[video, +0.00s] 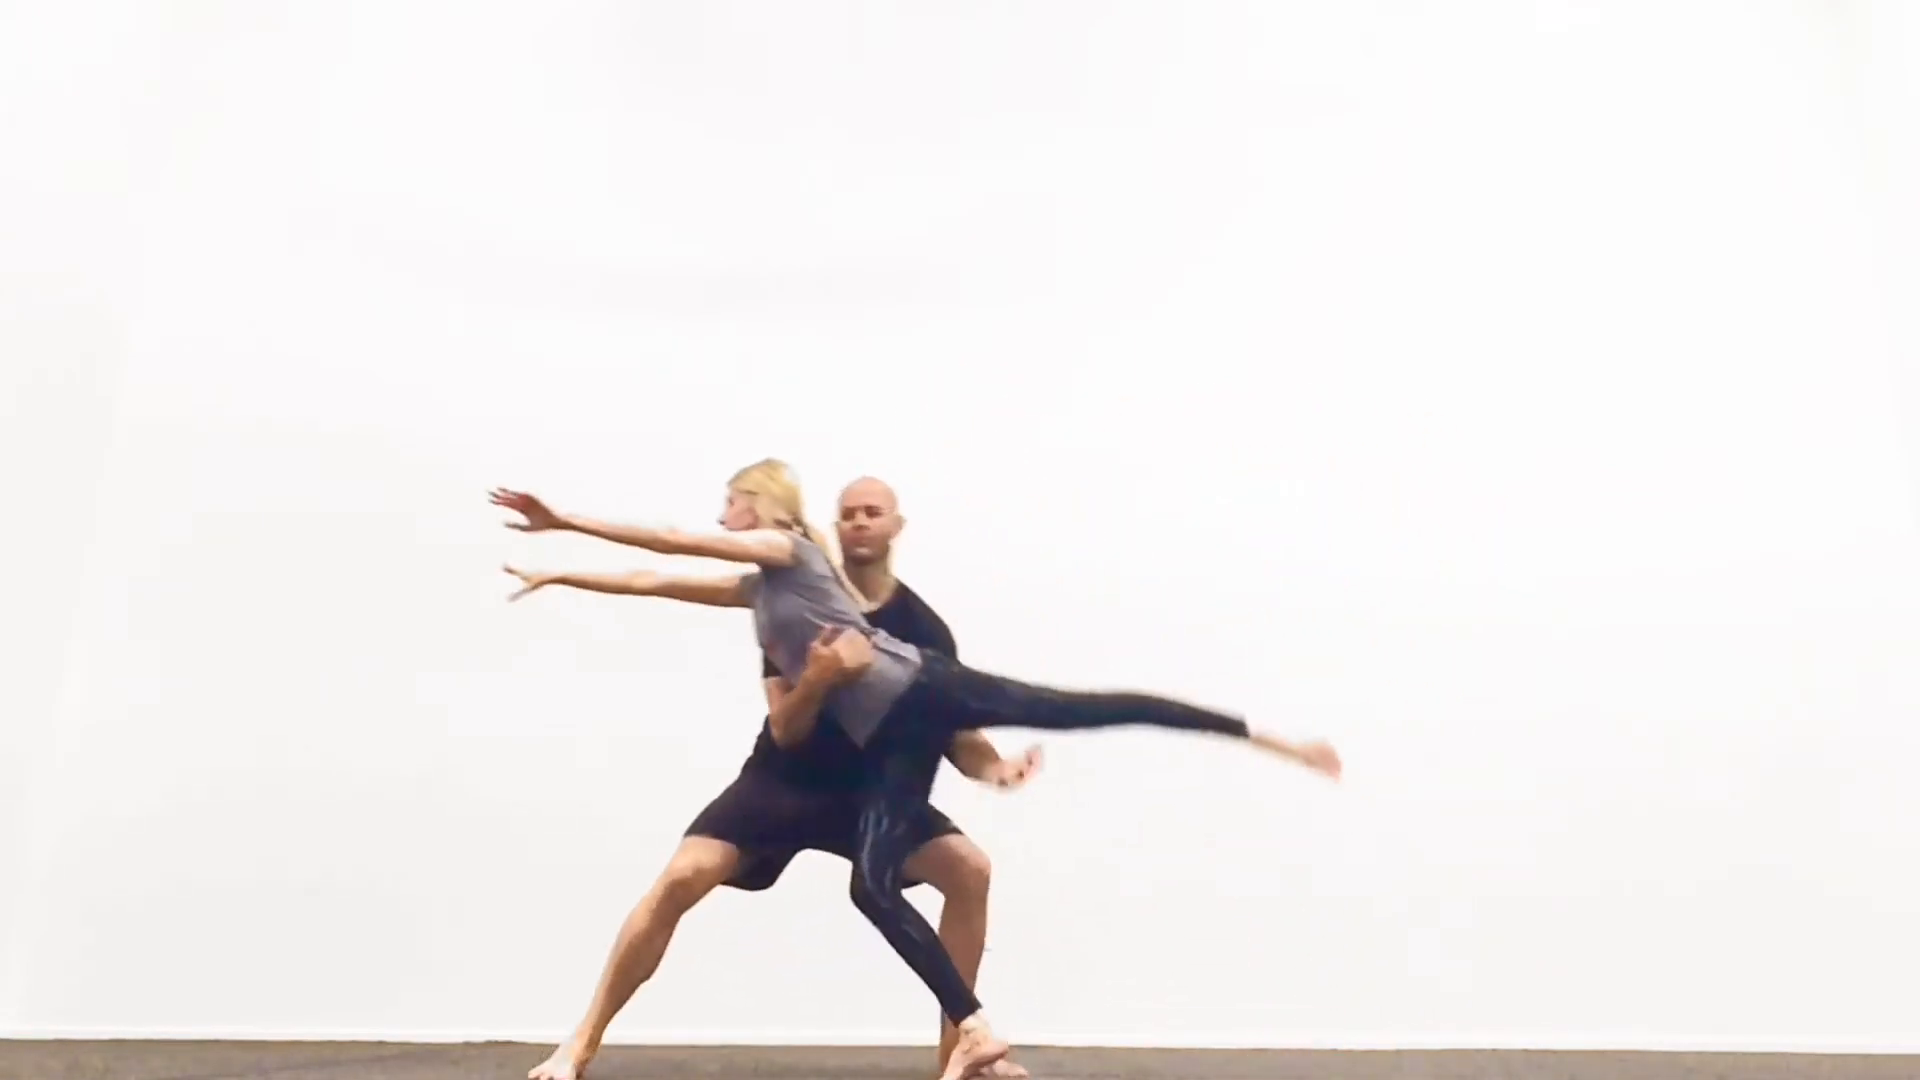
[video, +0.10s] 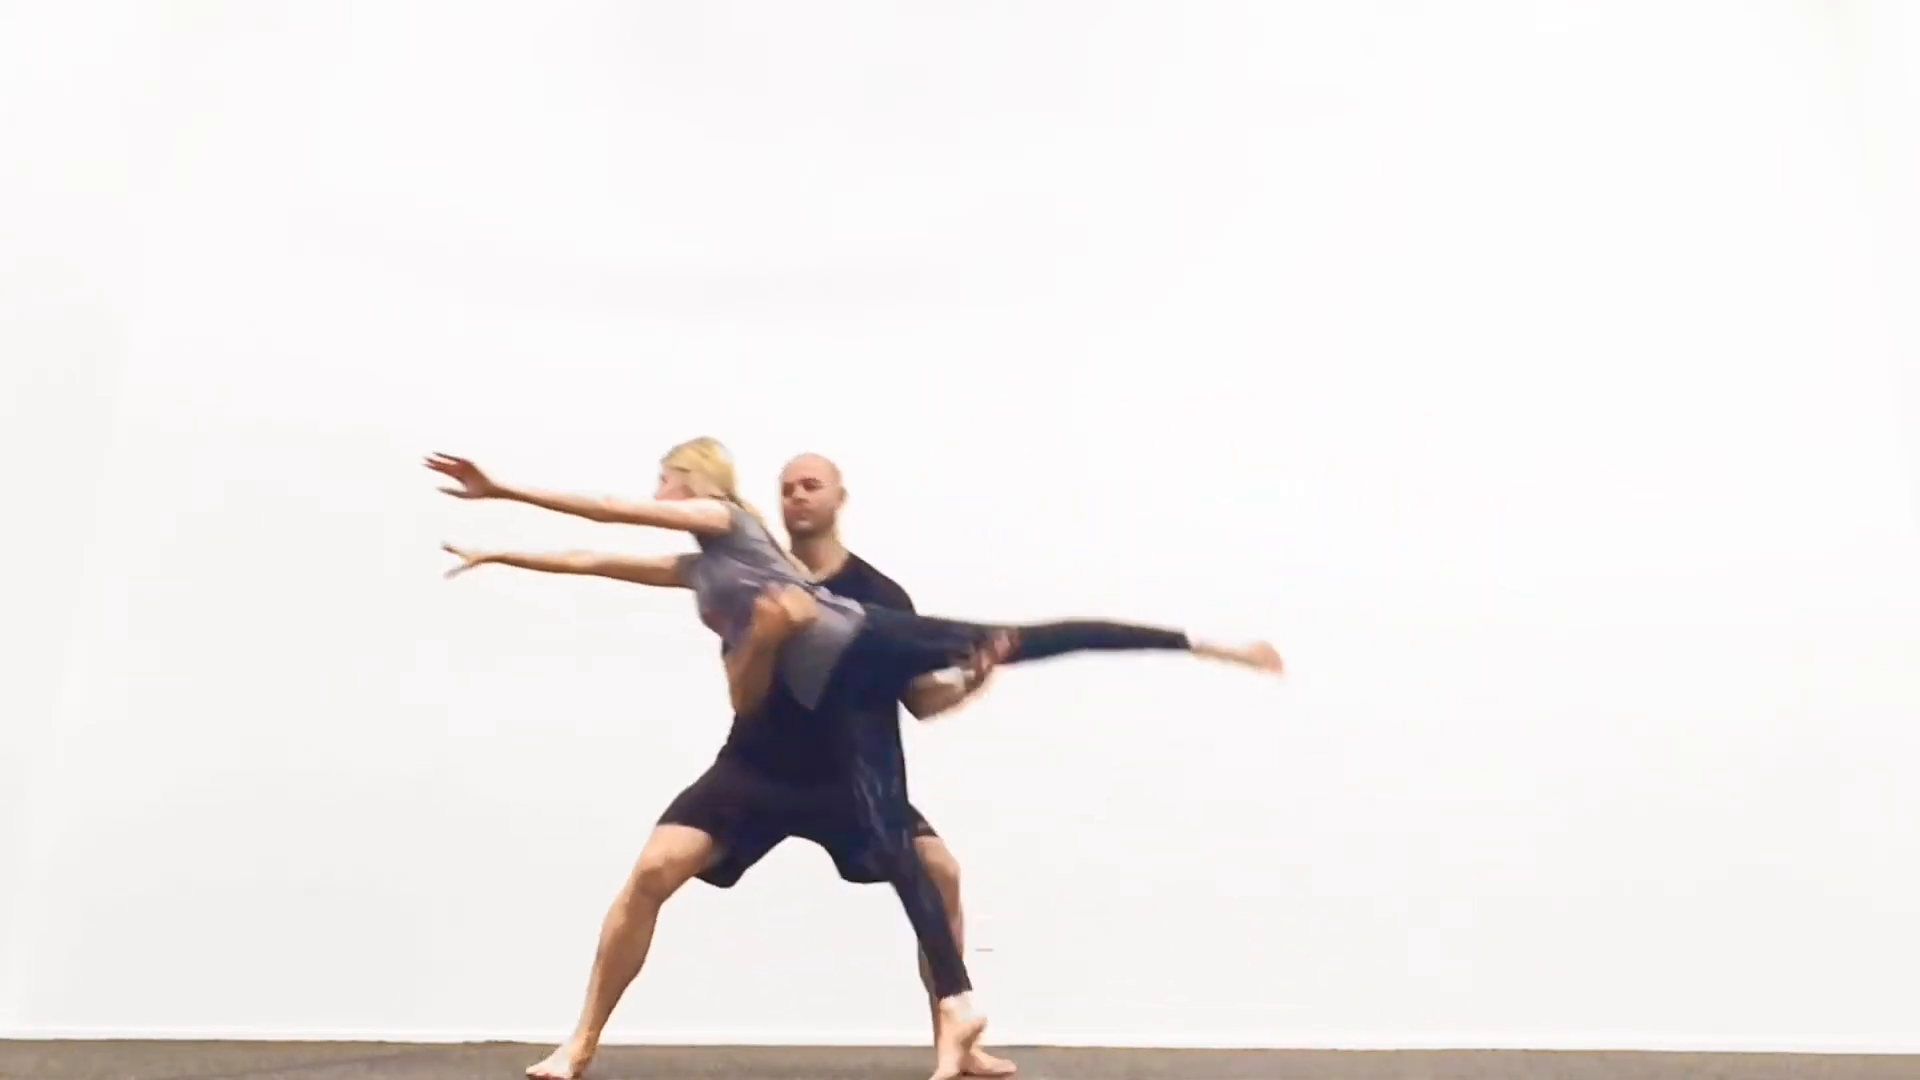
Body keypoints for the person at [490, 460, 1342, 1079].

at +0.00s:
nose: (724, 522)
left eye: (733, 511)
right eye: (725, 514)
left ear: (770, 512)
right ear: (755, 529)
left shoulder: (796, 549)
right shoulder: (759, 593)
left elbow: (676, 545)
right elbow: (664, 588)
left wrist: (567, 519)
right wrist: (570, 580)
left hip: (931, 697)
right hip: (891, 756)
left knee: (1082, 708)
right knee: (872, 890)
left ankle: (1253, 736)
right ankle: (970, 1027)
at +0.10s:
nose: (800, 500)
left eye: (814, 488)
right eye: (790, 490)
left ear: (842, 500)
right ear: (775, 502)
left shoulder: (880, 602)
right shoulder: (739, 575)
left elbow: (926, 694)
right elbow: (621, 564)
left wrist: (976, 679)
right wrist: (509, 556)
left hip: (853, 779)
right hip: (756, 773)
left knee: (938, 865)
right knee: (654, 867)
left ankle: (954, 1041)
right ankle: (580, 1043)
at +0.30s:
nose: (703, 443)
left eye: (719, 434)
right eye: (698, 437)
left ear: (760, 448)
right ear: (697, 459)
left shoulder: (800, 526)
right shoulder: (674, 537)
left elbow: (842, 625)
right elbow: (625, 641)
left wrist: (858, 588)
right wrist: (639, 589)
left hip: (787, 718)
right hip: (702, 716)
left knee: (865, 871)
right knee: (613, 859)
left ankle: (951, 1033)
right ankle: (572, 1042)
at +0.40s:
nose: (670, 427)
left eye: (687, 419)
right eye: (666, 424)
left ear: (730, 433)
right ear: (667, 448)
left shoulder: (776, 514)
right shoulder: (640, 520)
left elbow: (801, 623)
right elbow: (575, 612)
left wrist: (806, 566)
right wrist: (603, 563)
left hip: (762, 706)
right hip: (676, 708)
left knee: (840, 859)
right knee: (604, 859)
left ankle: (935, 1023)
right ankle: (566, 1046)